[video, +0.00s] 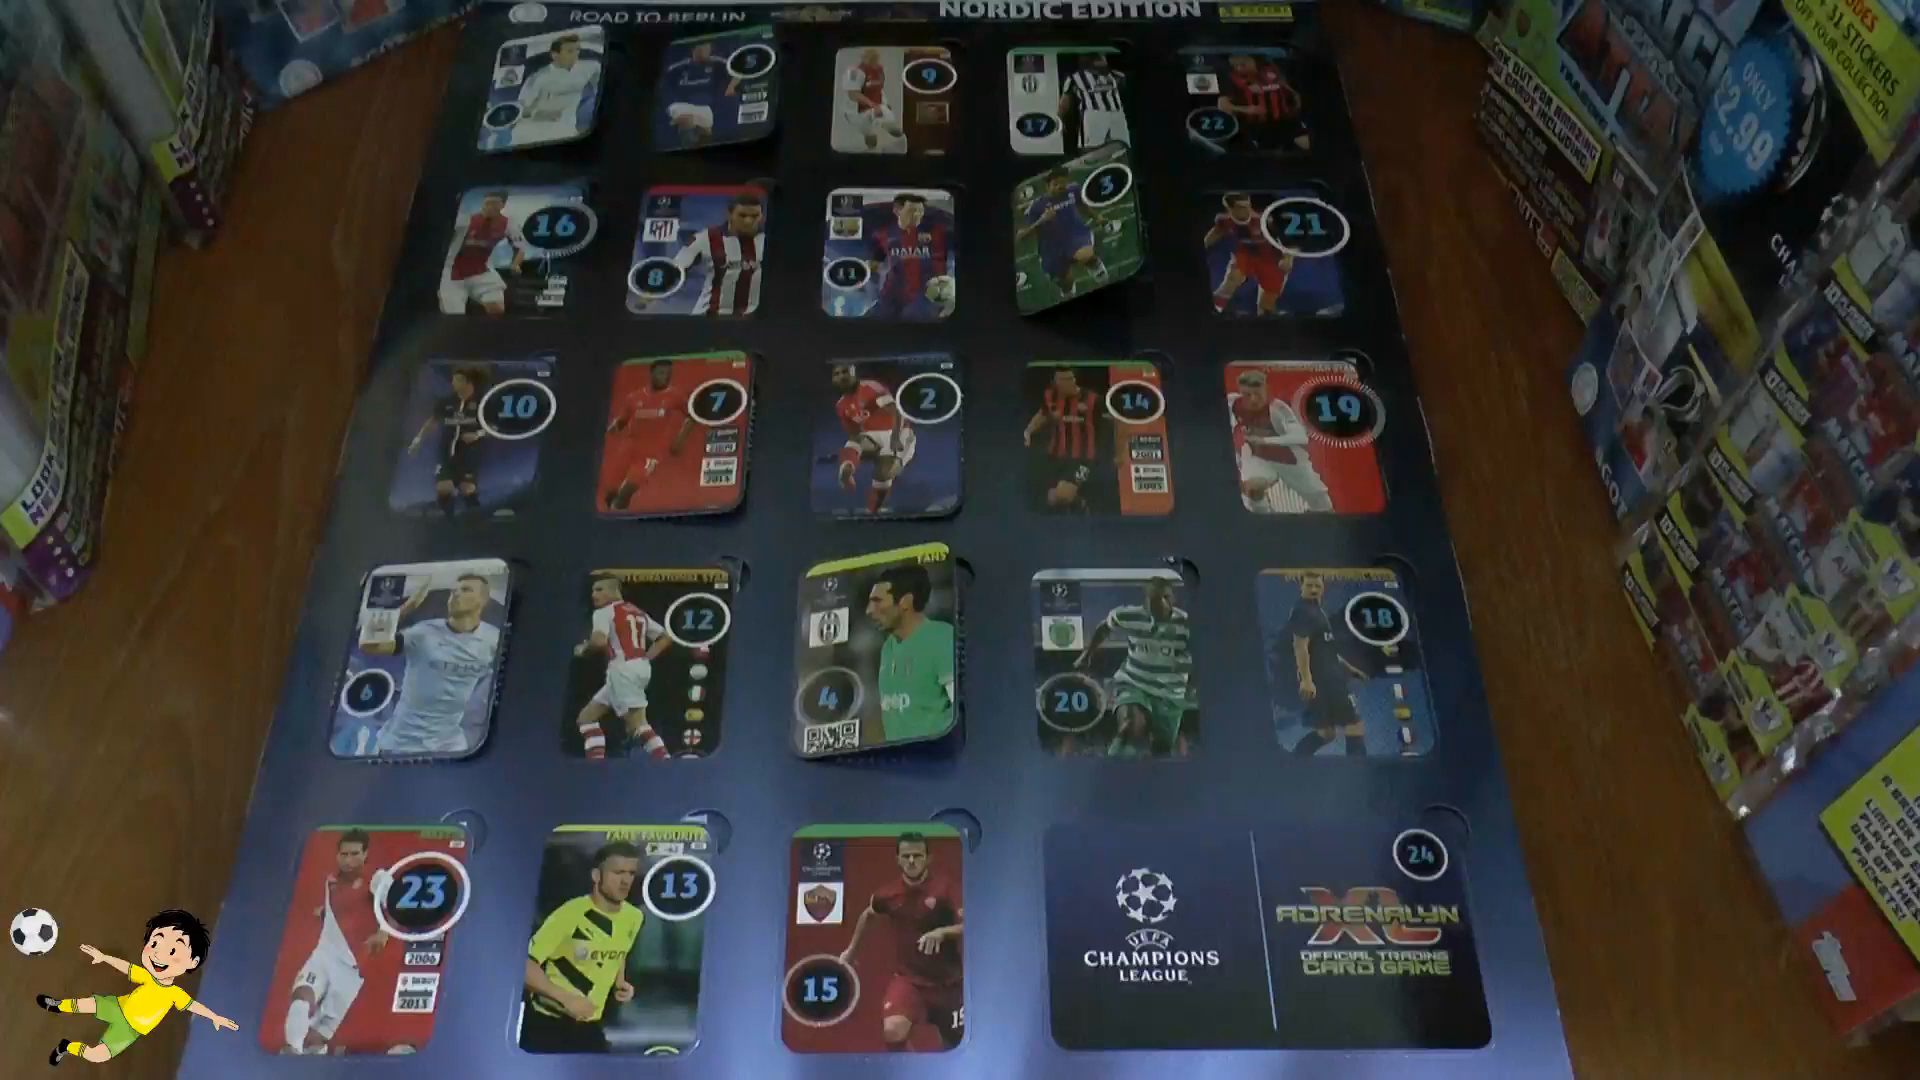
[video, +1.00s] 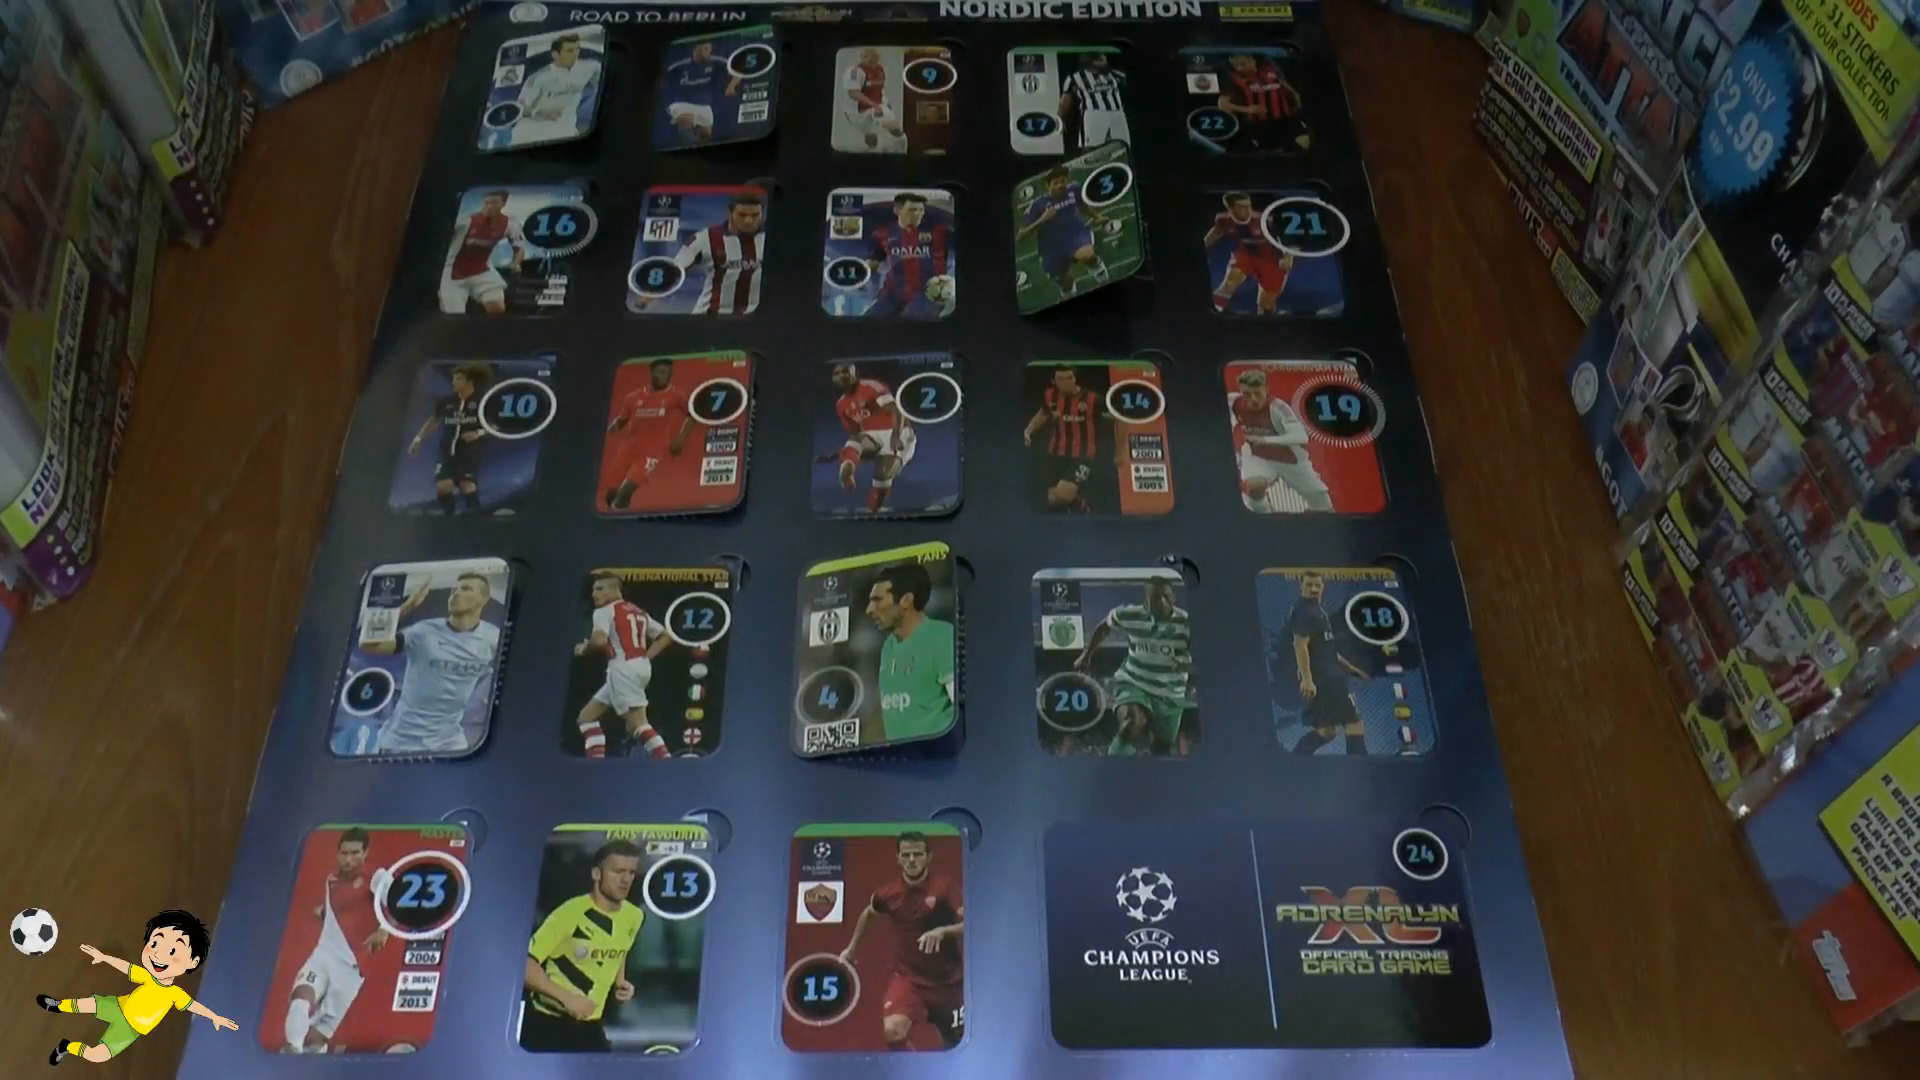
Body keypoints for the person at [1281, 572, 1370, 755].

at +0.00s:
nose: (1314, 589)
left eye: (1317, 586)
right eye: (1309, 585)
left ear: (1323, 589)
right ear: (1302, 587)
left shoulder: (1319, 610)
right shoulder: (1302, 611)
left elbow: (1329, 651)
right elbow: (1300, 646)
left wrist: (1350, 669)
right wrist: (1306, 679)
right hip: (1327, 678)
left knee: (1325, 732)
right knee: (1355, 726)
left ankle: (1290, 766)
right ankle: (1359, 780)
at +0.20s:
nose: (1313, 589)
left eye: (1317, 586)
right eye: (1309, 585)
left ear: (1323, 589)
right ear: (1301, 587)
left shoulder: (1319, 611)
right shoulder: (1303, 610)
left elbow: (1329, 651)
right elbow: (1300, 645)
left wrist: (1351, 669)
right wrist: (1306, 678)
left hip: (1323, 676)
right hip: (1328, 676)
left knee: (1326, 732)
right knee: (1355, 726)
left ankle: (1290, 766)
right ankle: (1360, 778)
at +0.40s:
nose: (1314, 589)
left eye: (1318, 585)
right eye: (1309, 585)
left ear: (1323, 589)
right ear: (1302, 587)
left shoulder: (1320, 610)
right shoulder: (1303, 610)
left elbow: (1330, 652)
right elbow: (1300, 645)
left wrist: (1352, 670)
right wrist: (1307, 679)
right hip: (1328, 678)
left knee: (1326, 732)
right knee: (1355, 726)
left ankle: (1291, 766)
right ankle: (1360, 778)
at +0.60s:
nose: (1314, 589)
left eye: (1318, 586)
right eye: (1310, 585)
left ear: (1323, 588)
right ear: (1302, 587)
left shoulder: (1320, 611)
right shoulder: (1303, 611)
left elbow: (1329, 651)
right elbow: (1300, 645)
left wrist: (1352, 669)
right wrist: (1307, 678)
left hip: (1323, 677)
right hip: (1330, 677)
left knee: (1326, 732)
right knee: (1355, 727)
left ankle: (1292, 767)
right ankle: (1362, 779)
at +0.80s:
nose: (1314, 589)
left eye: (1318, 586)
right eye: (1309, 586)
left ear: (1323, 588)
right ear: (1302, 587)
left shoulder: (1319, 611)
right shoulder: (1304, 610)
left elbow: (1328, 651)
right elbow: (1300, 645)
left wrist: (1352, 669)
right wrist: (1307, 679)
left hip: (1323, 678)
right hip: (1330, 678)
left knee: (1326, 732)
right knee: (1355, 726)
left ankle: (1291, 767)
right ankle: (1361, 781)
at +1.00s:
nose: (1313, 589)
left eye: (1317, 585)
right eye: (1309, 585)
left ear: (1322, 587)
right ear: (1301, 587)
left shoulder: (1318, 610)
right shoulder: (1303, 610)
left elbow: (1328, 651)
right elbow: (1300, 645)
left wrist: (1351, 668)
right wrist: (1307, 678)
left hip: (1323, 677)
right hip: (1330, 677)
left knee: (1325, 731)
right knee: (1355, 726)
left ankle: (1290, 766)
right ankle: (1362, 780)